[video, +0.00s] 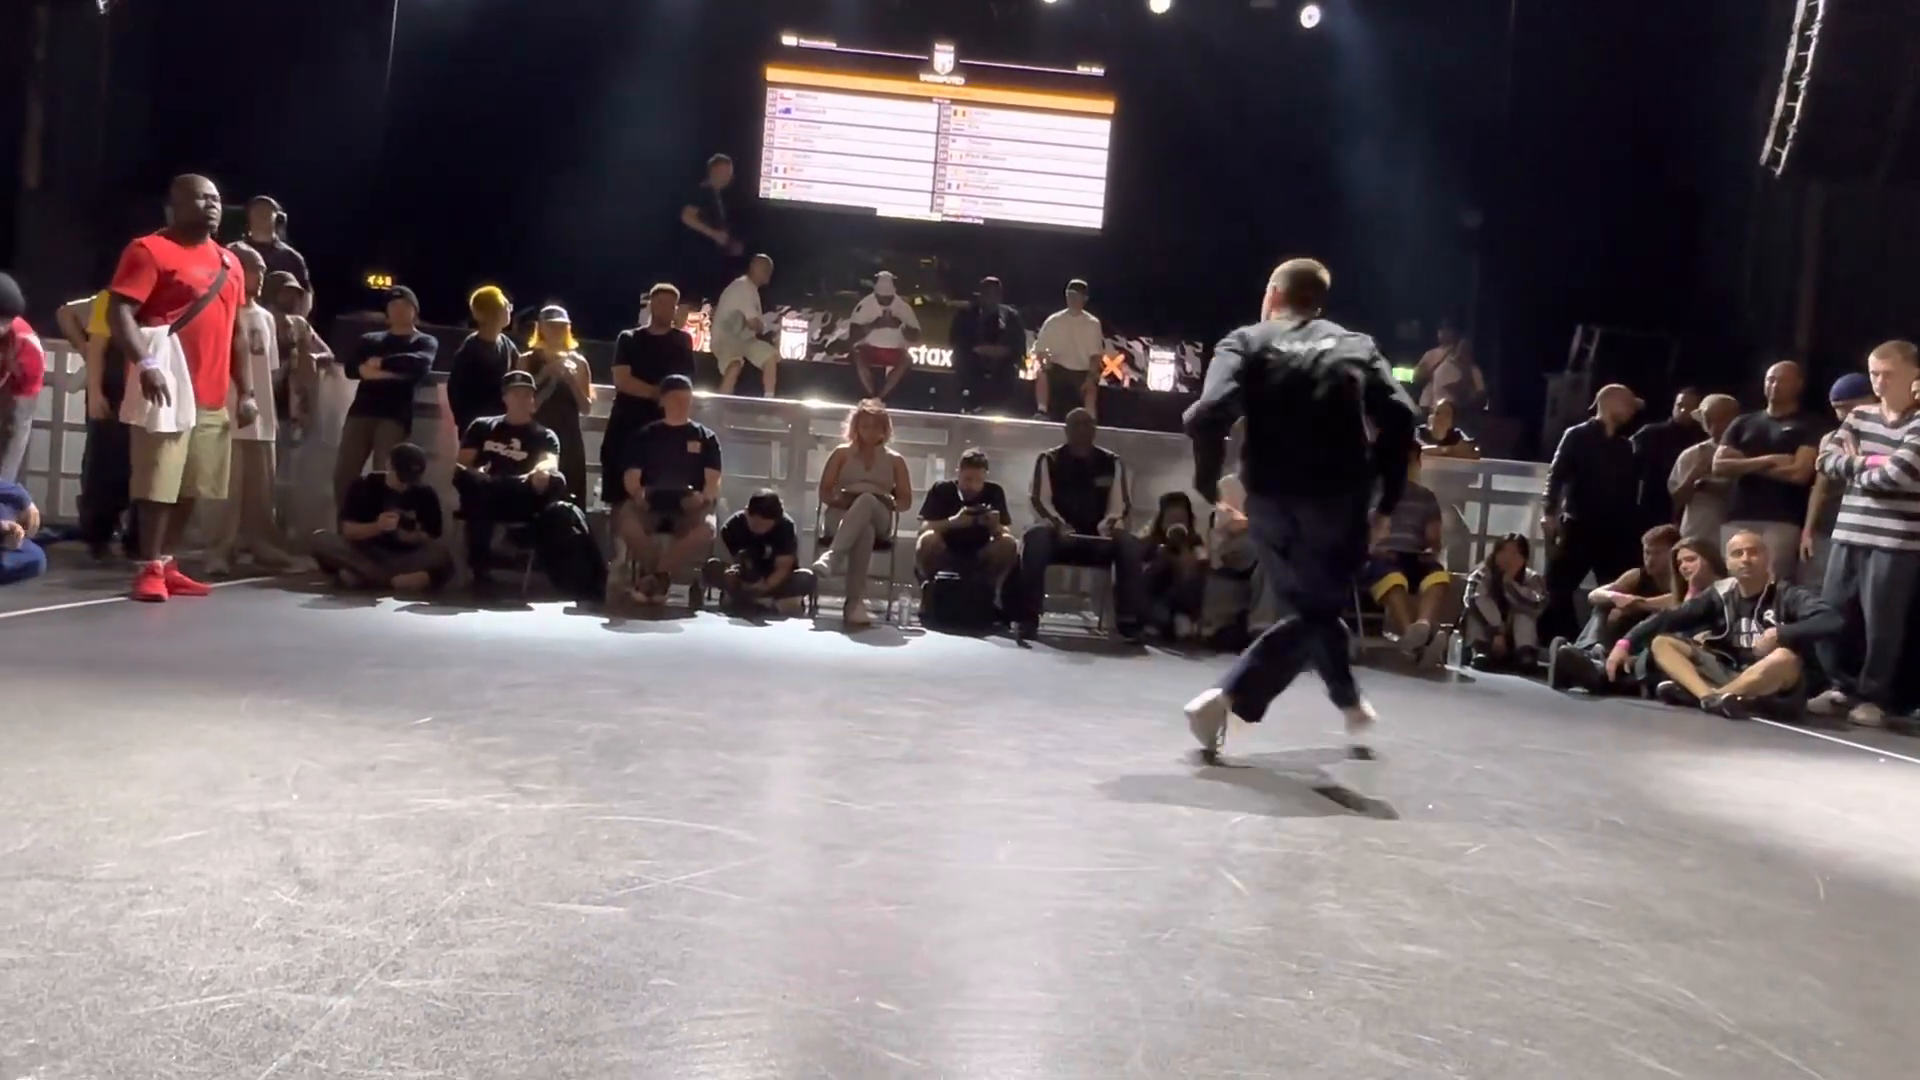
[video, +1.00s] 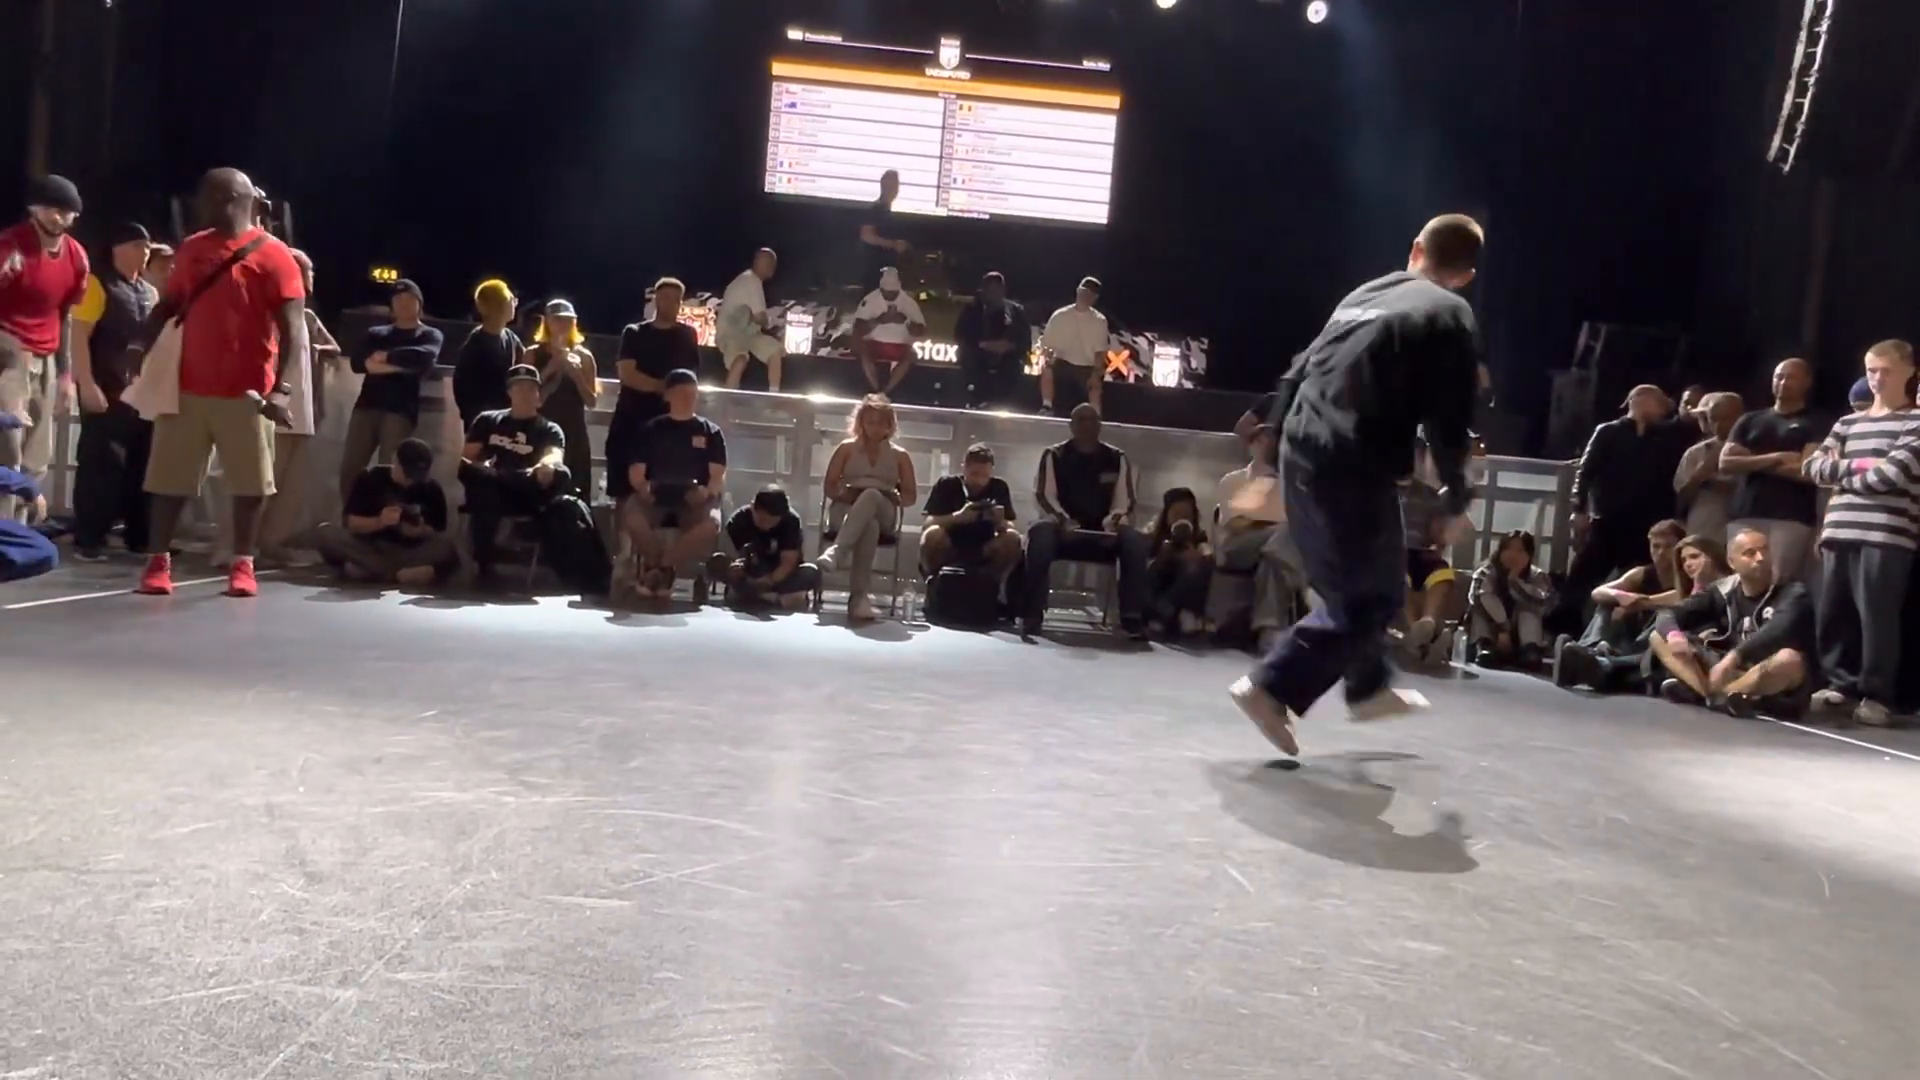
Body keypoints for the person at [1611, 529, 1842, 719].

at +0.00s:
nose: (1745, 559)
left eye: (1753, 552)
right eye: (1737, 554)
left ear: (1768, 558)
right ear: (1727, 562)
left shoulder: (1787, 594)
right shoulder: (1721, 594)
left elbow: (1832, 621)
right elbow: (1673, 618)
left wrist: (1780, 633)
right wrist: (1626, 643)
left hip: (1780, 686)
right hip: (1730, 678)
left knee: (1783, 657)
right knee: (1662, 644)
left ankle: (1711, 698)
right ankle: (1710, 698)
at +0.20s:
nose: (1754, 556)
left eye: (1761, 550)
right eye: (1745, 551)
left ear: (1773, 556)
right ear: (1732, 561)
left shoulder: (1792, 596)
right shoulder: (1723, 594)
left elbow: (1823, 628)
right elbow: (1675, 617)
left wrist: (1770, 636)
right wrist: (1630, 641)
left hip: (1774, 680)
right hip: (1727, 673)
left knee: (1786, 659)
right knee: (1664, 644)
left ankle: (1710, 698)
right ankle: (1713, 697)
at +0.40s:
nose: (1759, 556)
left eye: (1765, 549)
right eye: (1749, 551)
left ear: (1774, 557)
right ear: (1736, 561)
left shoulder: (1794, 595)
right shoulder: (1726, 591)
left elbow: (1792, 627)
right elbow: (1678, 614)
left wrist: (1764, 653)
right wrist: (1634, 640)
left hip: (1777, 678)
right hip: (1732, 673)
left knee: (1789, 660)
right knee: (1666, 642)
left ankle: (1715, 696)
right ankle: (1713, 697)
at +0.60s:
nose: (1763, 558)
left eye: (1767, 551)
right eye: (1752, 553)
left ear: (1773, 554)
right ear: (1735, 562)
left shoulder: (1795, 594)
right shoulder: (1724, 592)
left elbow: (1805, 632)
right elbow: (1673, 615)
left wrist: (1769, 649)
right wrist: (1635, 640)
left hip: (1774, 674)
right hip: (1730, 669)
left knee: (1792, 662)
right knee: (1665, 642)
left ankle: (1718, 694)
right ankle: (1712, 695)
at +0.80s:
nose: (1763, 559)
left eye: (1766, 552)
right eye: (1753, 555)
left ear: (1771, 554)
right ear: (1733, 563)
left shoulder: (1794, 591)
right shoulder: (1723, 591)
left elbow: (1807, 632)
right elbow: (1671, 614)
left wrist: (1769, 652)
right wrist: (1644, 638)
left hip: (1772, 670)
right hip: (1730, 666)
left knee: (1794, 664)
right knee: (1670, 643)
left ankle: (1716, 694)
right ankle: (1714, 694)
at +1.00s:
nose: (1760, 558)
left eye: (1763, 551)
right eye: (1750, 553)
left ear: (1770, 554)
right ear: (1732, 561)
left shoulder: (1793, 592)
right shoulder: (1721, 591)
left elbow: (1779, 630)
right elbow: (1667, 615)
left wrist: (1733, 658)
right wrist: (1673, 635)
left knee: (1789, 660)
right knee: (1659, 638)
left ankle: (1709, 695)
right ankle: (1718, 697)